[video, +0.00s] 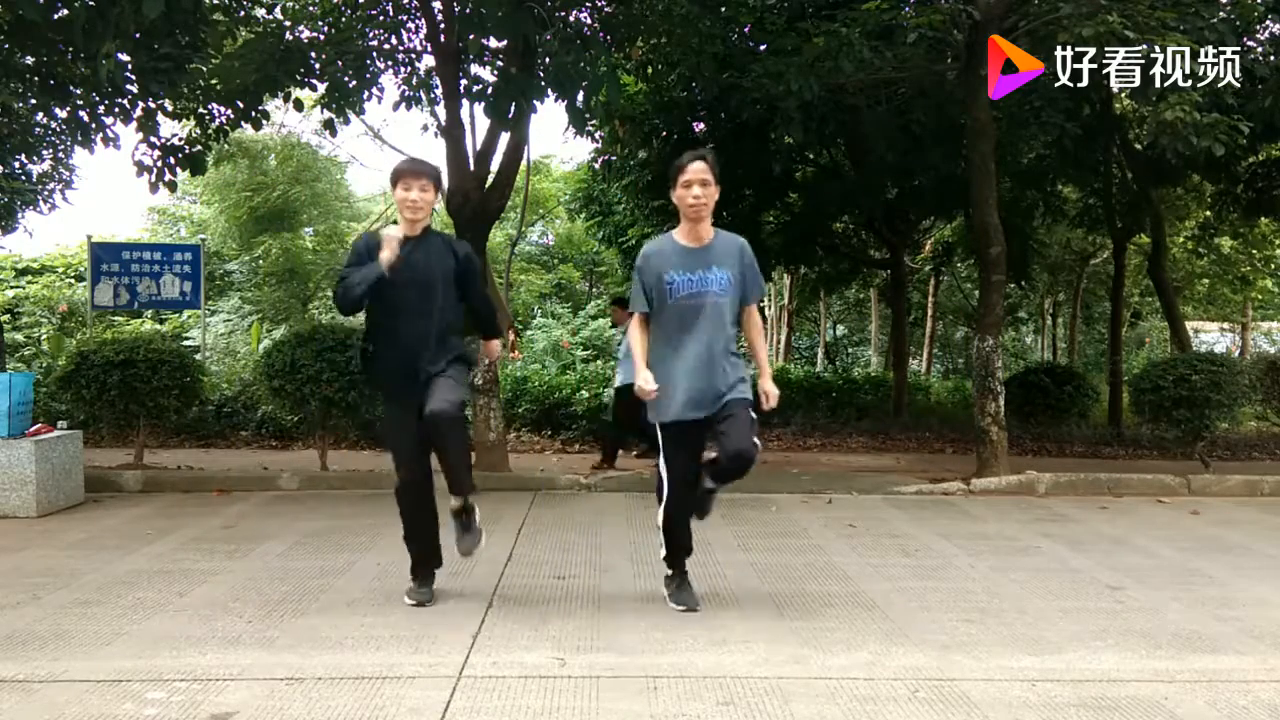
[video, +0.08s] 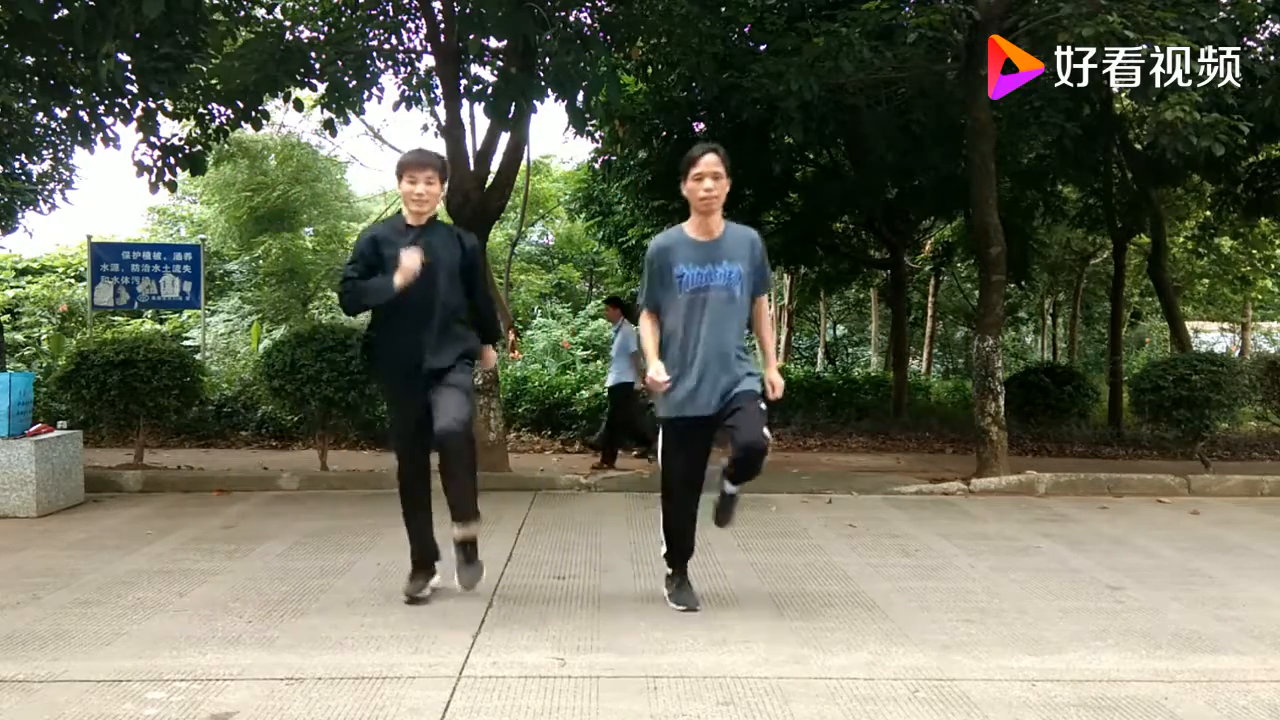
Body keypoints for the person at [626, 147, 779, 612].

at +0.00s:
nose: (696, 193)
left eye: (704, 185)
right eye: (687, 186)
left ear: (717, 192)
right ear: (674, 194)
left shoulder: (737, 249)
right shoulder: (653, 254)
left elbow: (751, 314)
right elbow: (638, 319)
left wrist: (765, 374)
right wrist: (641, 368)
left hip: (728, 381)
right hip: (674, 387)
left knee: (741, 452)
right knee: (679, 488)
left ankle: (705, 483)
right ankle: (677, 573)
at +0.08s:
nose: (707, 186)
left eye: (715, 177)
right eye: (698, 178)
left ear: (728, 185)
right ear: (684, 186)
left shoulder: (748, 241)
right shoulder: (662, 248)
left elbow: (760, 305)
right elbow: (648, 312)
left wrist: (770, 365)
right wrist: (652, 360)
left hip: (737, 378)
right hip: (683, 383)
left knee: (753, 444)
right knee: (681, 487)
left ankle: (731, 484)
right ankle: (678, 572)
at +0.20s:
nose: (734, 177)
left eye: (742, 169)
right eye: (725, 170)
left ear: (753, 176)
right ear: (709, 178)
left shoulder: (771, 235)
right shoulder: (685, 236)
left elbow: (777, 294)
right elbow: (675, 299)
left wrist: (784, 348)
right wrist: (677, 345)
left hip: (756, 376)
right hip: (699, 379)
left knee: (777, 458)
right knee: (685, 477)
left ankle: (775, 534)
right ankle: (685, 563)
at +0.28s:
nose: (748, 190)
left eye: (756, 182)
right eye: (739, 182)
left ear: (767, 189)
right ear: (723, 190)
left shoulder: (781, 250)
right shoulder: (699, 246)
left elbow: (780, 310)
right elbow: (689, 309)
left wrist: (794, 365)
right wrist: (688, 356)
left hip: (764, 389)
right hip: (706, 390)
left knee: (787, 479)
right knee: (692, 482)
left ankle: (796, 572)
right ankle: (688, 566)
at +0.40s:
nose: (778, 189)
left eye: (785, 180)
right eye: (768, 181)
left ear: (797, 186)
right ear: (752, 188)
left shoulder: (810, 246)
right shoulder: (729, 245)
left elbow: (815, 318)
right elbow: (711, 315)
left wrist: (826, 385)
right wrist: (691, 382)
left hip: (786, 396)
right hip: (729, 394)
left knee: (796, 492)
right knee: (702, 485)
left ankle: (807, 583)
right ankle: (679, 557)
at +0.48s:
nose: (789, 176)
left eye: (797, 167)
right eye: (780, 168)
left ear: (809, 174)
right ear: (763, 176)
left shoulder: (823, 235)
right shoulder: (741, 234)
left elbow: (832, 304)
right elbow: (716, 301)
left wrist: (858, 368)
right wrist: (686, 364)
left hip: (796, 385)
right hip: (740, 382)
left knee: (800, 483)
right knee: (701, 468)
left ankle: (810, 578)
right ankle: (657, 530)